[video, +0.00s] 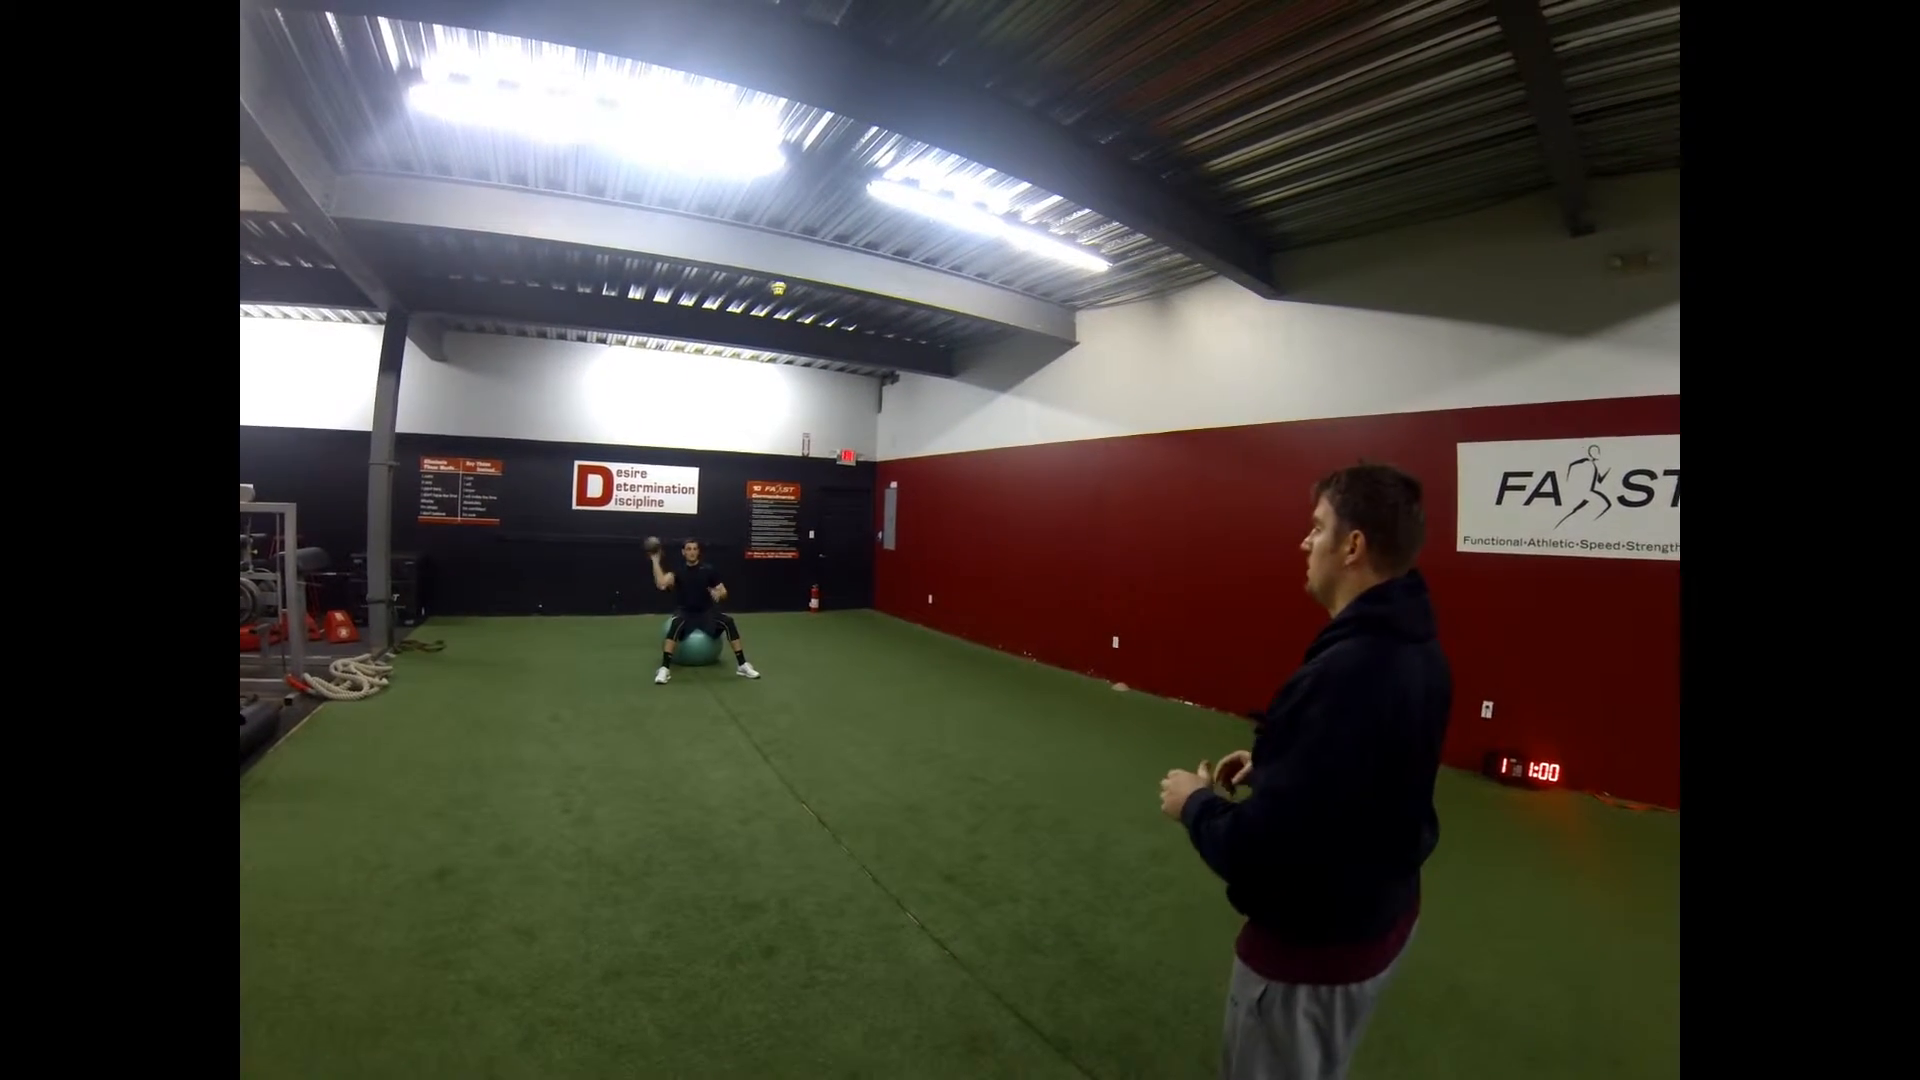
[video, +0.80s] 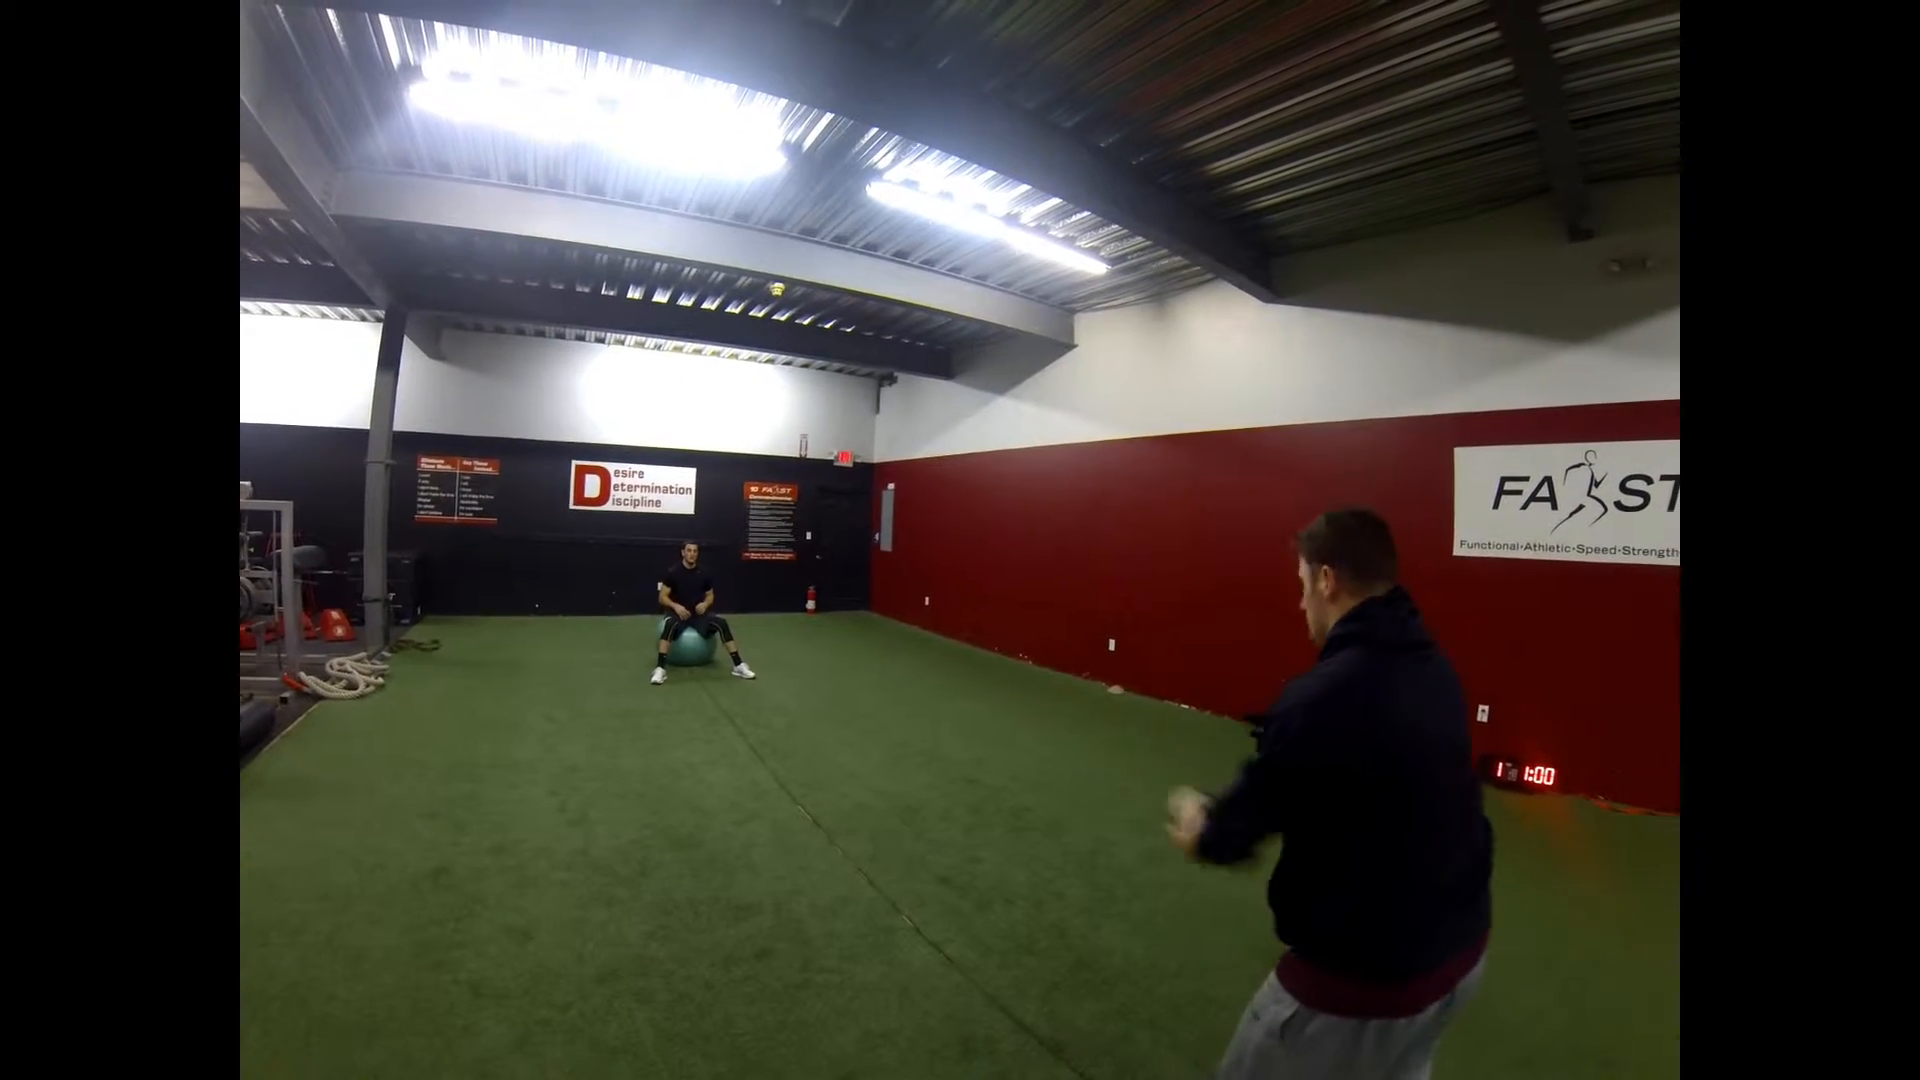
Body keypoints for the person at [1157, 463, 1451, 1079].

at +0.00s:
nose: (1304, 544)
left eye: (1316, 528)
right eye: (1310, 528)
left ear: (1353, 546)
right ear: (1363, 547)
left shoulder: (1347, 666)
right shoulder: (1414, 645)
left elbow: (1262, 847)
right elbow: (1368, 775)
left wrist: (1196, 806)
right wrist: (1268, 767)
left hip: (1306, 957)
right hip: (1373, 931)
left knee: (1266, 1069)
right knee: (1313, 1066)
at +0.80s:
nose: (1302, 602)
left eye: (1303, 584)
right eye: (1301, 585)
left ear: (1328, 582)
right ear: (1388, 576)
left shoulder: (1323, 697)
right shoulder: (1428, 666)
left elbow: (1243, 827)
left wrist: (1201, 830)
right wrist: (1229, 808)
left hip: (1350, 986)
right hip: (1451, 960)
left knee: (1252, 1070)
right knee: (1399, 1068)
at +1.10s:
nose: (1368, 583)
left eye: (1369, 569)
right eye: (1369, 569)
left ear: (1386, 568)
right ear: (1450, 560)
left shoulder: (1352, 683)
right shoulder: (1514, 668)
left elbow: (1285, 809)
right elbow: (1499, 788)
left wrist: (1299, 750)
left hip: (1364, 965)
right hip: (1477, 956)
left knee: (1274, 1072)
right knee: (1416, 1073)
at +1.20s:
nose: (1411, 572)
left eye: (1412, 559)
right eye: (1411, 559)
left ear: (1426, 560)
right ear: (1493, 556)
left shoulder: (1381, 668)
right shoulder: (1548, 671)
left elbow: (1309, 788)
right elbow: (1531, 795)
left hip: (1369, 949)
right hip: (1481, 950)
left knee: (1279, 1071)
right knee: (1418, 1074)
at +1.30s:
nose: (1432, 568)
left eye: (1434, 555)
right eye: (1436, 555)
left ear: (1447, 558)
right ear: (1517, 557)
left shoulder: (1399, 663)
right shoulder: (1565, 675)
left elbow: (1324, 772)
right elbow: (1539, 799)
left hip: (1372, 944)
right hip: (1484, 949)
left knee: (1270, 1067)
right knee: (1424, 1073)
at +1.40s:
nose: (1457, 569)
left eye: (1458, 555)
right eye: (1458, 555)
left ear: (1474, 558)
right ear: (1542, 561)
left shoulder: (1413, 657)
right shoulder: (1583, 689)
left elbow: (1341, 757)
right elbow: (1543, 804)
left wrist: (1428, 733)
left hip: (1370, 927)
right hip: (1483, 941)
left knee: (1263, 1051)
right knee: (1426, 1072)